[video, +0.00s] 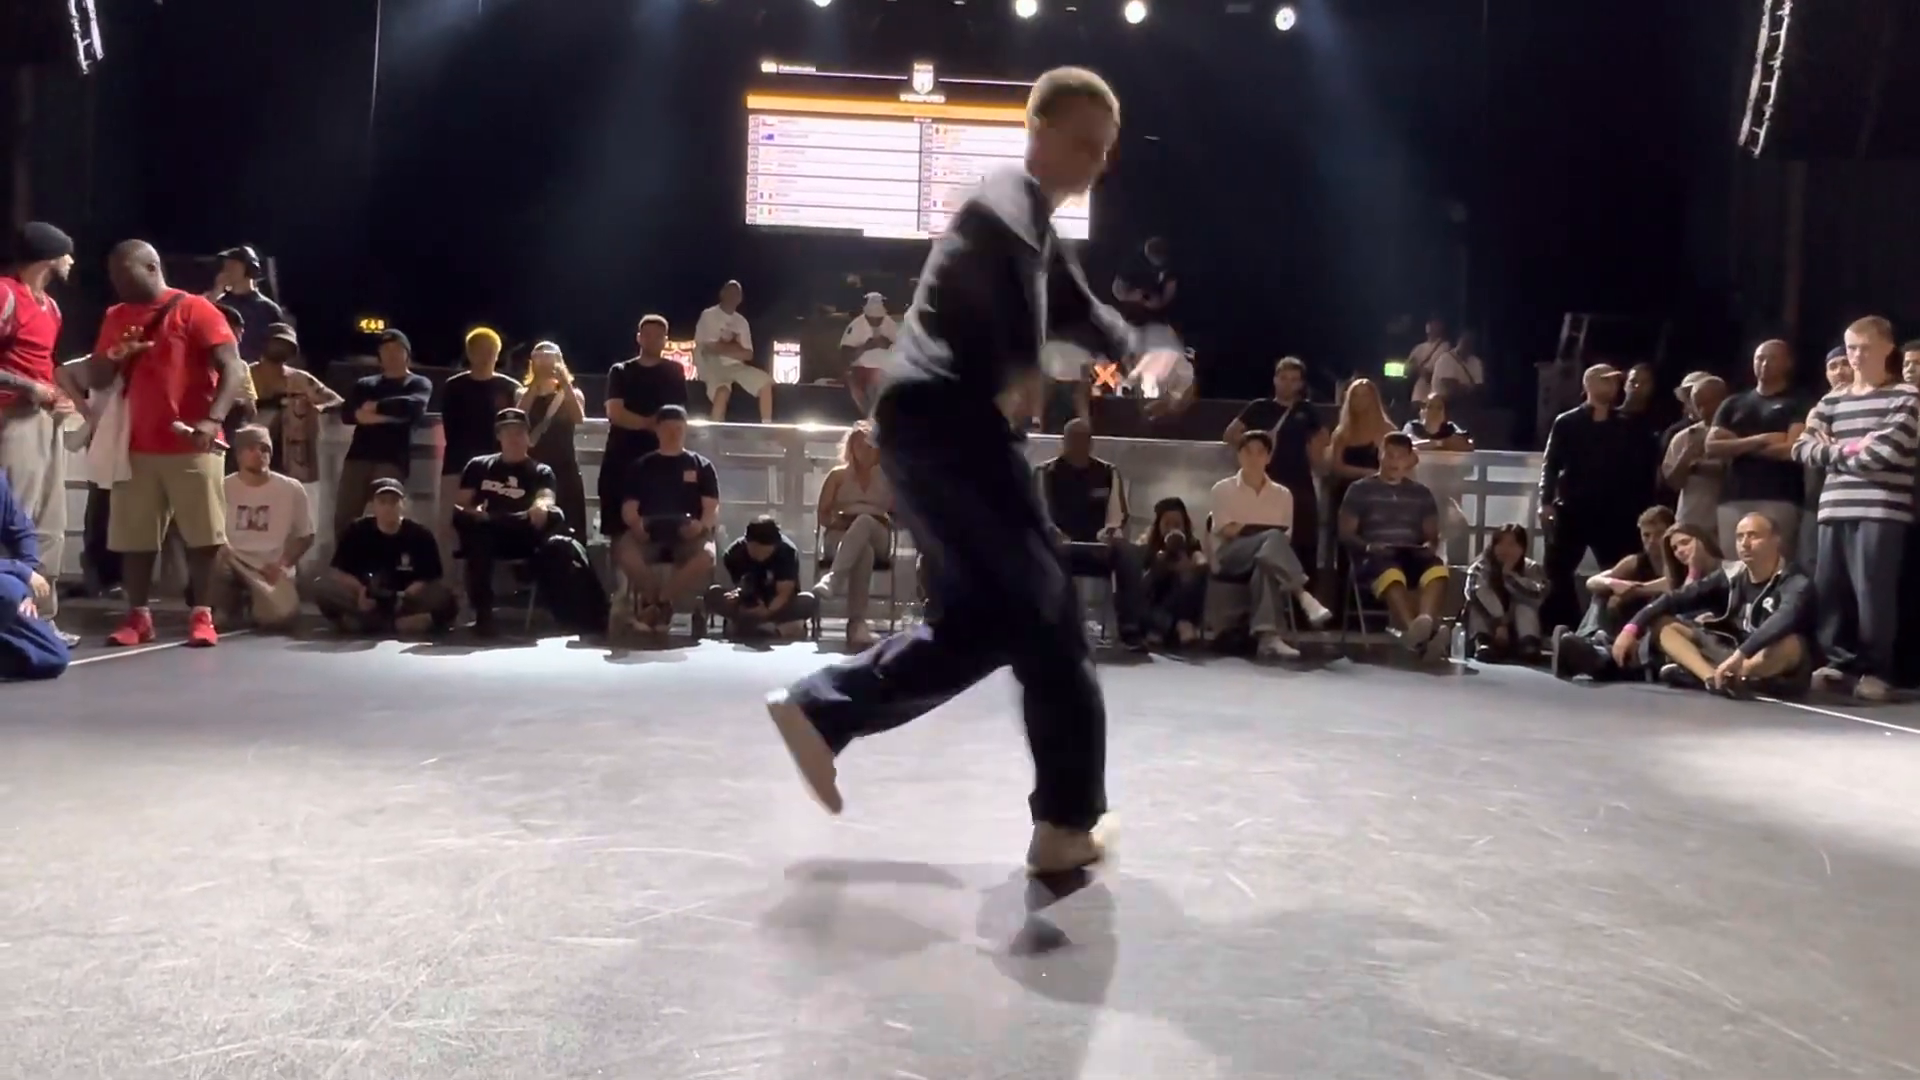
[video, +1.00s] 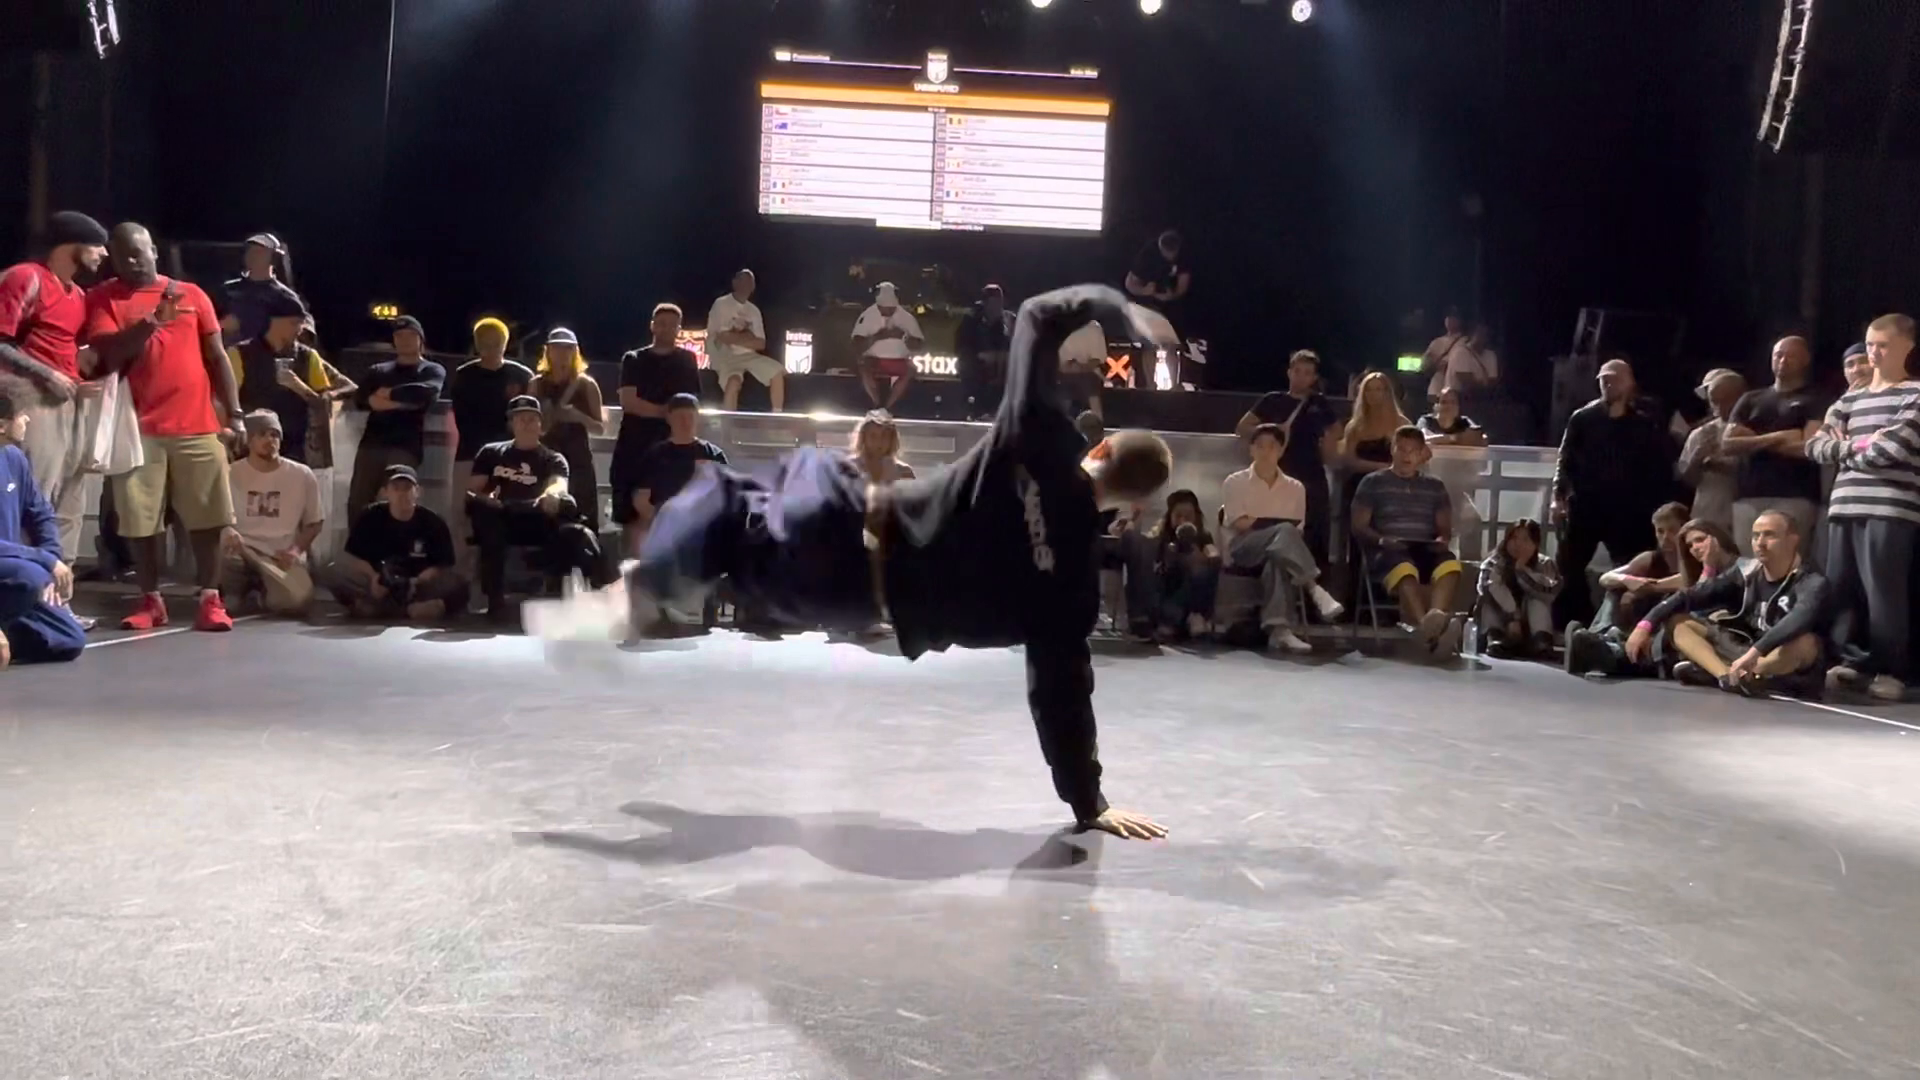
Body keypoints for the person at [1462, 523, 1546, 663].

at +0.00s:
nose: (1505, 550)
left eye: (1511, 545)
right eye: (1500, 544)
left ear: (1522, 550)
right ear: (1493, 546)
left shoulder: (1532, 569)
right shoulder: (1480, 567)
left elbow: (1538, 595)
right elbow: (1477, 592)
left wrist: (1509, 575)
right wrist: (1499, 621)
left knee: (1524, 604)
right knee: (1477, 603)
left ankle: (1529, 643)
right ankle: (1481, 642)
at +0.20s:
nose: (1507, 549)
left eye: (1514, 544)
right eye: (1503, 543)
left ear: (1525, 548)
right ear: (1496, 545)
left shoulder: (1534, 567)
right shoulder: (1482, 566)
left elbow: (1541, 593)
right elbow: (1479, 591)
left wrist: (1512, 574)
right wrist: (1501, 621)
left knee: (1527, 601)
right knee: (1481, 600)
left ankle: (1532, 641)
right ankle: (1484, 640)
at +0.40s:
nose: (1511, 547)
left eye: (1518, 542)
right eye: (1506, 541)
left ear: (1528, 547)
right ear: (1500, 544)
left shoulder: (1538, 566)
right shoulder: (1486, 565)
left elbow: (1544, 592)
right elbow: (1481, 589)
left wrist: (1517, 574)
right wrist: (1504, 620)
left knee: (1531, 599)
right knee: (1485, 597)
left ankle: (1535, 639)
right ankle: (1488, 639)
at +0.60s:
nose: (1514, 546)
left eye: (1521, 541)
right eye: (1509, 540)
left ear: (1531, 547)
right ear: (1502, 543)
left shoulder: (1541, 565)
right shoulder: (1489, 564)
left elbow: (1547, 591)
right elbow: (1484, 589)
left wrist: (1519, 573)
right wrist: (1507, 619)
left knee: (1533, 598)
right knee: (1487, 596)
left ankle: (1538, 637)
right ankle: (1490, 637)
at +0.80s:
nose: (1516, 545)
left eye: (1523, 540)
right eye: (1511, 539)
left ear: (1533, 545)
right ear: (1504, 542)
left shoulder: (1543, 565)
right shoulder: (1491, 563)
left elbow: (1548, 591)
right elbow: (1486, 588)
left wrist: (1521, 572)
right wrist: (1509, 618)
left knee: (1535, 597)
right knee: (1489, 596)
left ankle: (1540, 637)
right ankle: (1492, 637)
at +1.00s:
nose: (1518, 544)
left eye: (1525, 540)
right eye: (1513, 538)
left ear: (1535, 546)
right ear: (1506, 541)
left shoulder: (1545, 564)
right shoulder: (1494, 562)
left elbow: (1551, 591)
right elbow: (1488, 586)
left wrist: (1522, 570)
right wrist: (1512, 616)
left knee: (1536, 598)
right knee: (1488, 597)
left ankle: (1542, 639)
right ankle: (1494, 638)